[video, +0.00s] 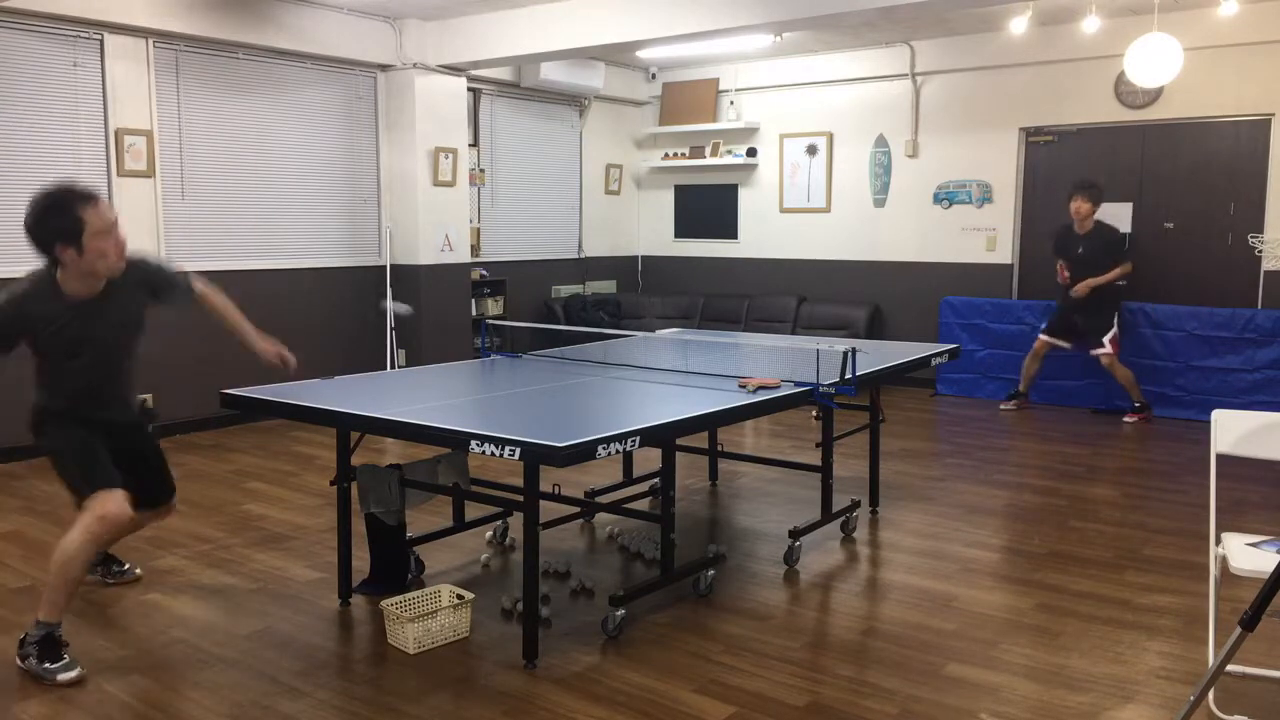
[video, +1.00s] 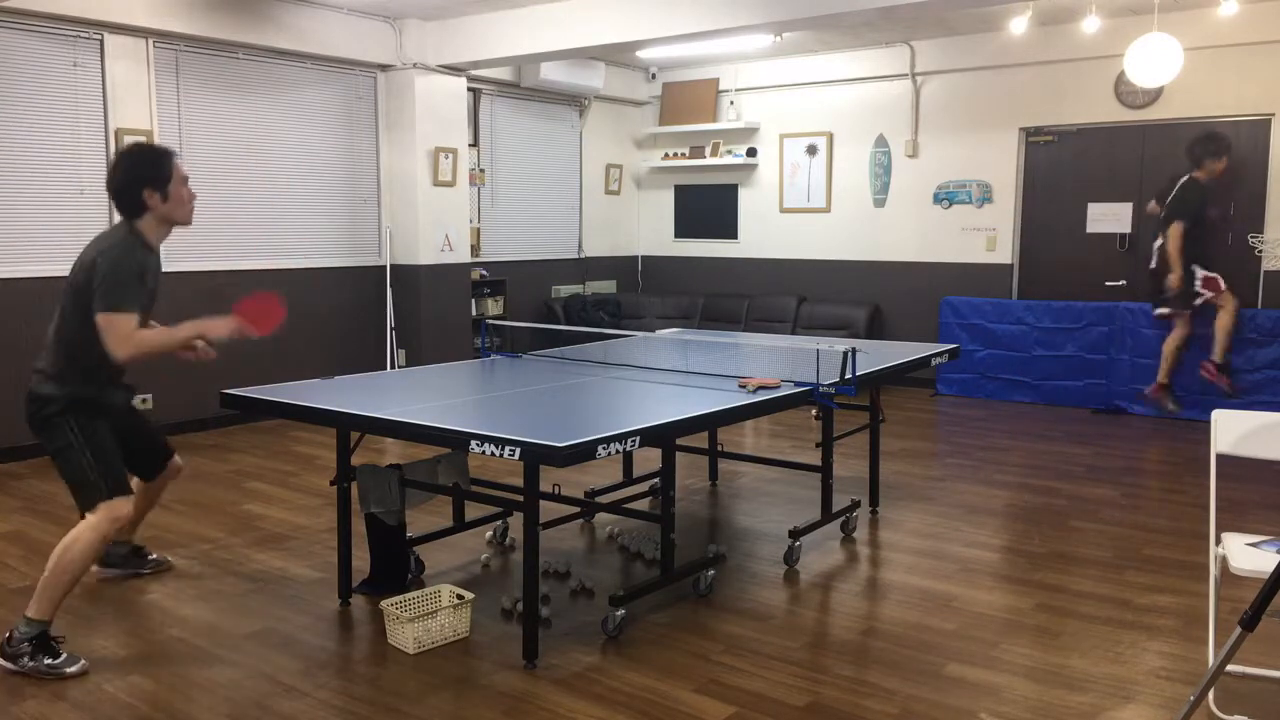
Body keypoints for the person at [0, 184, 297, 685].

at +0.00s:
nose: (121, 240)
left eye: (117, 228)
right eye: (107, 235)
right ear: (67, 253)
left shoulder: (136, 276)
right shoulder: (27, 305)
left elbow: (202, 292)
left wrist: (257, 340)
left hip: (121, 416)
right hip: (63, 420)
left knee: (158, 503)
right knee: (108, 508)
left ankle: (92, 550)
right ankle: (42, 636)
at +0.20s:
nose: (149, 166)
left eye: (143, 155)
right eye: (132, 161)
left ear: (102, 187)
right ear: (101, 184)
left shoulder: (92, 227)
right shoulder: (124, 237)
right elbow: (210, 272)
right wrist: (286, 214)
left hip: (108, 384)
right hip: (118, 393)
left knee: (190, 427)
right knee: (193, 504)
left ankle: (169, 533)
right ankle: (91, 598)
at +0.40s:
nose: (190, 205)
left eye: (183, 197)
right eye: (181, 200)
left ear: (127, 223)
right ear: (165, 219)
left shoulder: (106, 274)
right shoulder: (192, 259)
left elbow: (101, 355)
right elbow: (262, 262)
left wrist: (193, 350)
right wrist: (210, 224)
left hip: (117, 435)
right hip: (175, 429)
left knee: (181, 469)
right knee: (250, 529)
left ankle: (190, 557)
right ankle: (233, 650)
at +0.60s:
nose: (210, 187)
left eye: (205, 179)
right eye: (201, 181)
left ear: (163, 197)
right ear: (176, 195)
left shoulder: (132, 242)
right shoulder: (186, 239)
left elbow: (100, 321)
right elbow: (247, 306)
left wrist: (178, 344)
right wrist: (277, 282)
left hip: (103, 387)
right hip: (137, 387)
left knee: (190, 451)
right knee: (189, 495)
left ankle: (190, 548)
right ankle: (196, 636)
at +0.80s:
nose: (205, 156)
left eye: (200, 147)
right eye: (196, 149)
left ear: (159, 160)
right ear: (167, 159)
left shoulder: (130, 203)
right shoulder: (149, 207)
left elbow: (88, 277)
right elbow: (166, 293)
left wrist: (152, 315)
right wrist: (237, 273)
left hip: (110, 367)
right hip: (95, 371)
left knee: (166, 453)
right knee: (133, 490)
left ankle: (177, 545)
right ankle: (45, 619)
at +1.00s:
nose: (191, 193)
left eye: (187, 183)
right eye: (182, 185)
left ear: (153, 199)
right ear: (152, 199)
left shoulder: (143, 250)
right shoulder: (121, 253)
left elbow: (126, 330)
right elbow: (122, 344)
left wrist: (173, 345)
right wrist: (203, 328)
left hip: (102, 393)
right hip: (65, 399)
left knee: (162, 468)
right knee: (114, 508)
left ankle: (117, 549)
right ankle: (28, 636)